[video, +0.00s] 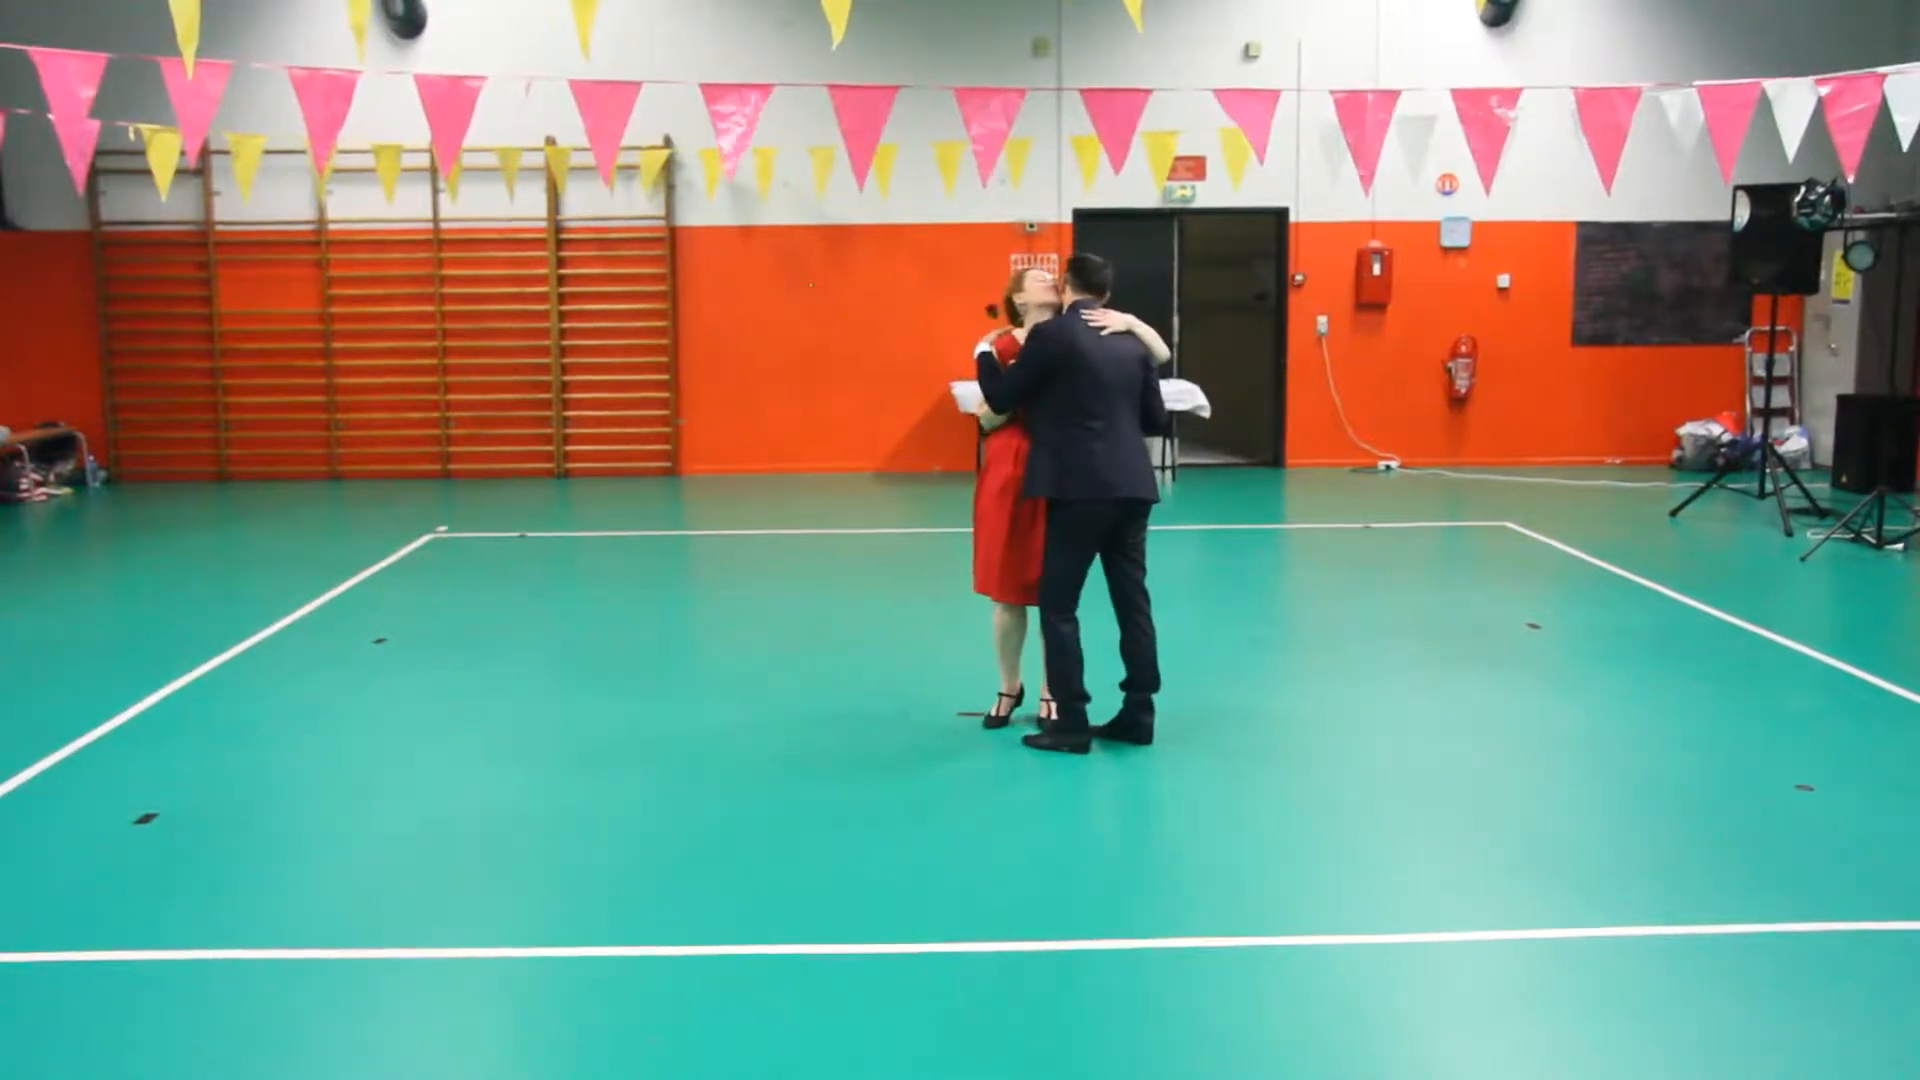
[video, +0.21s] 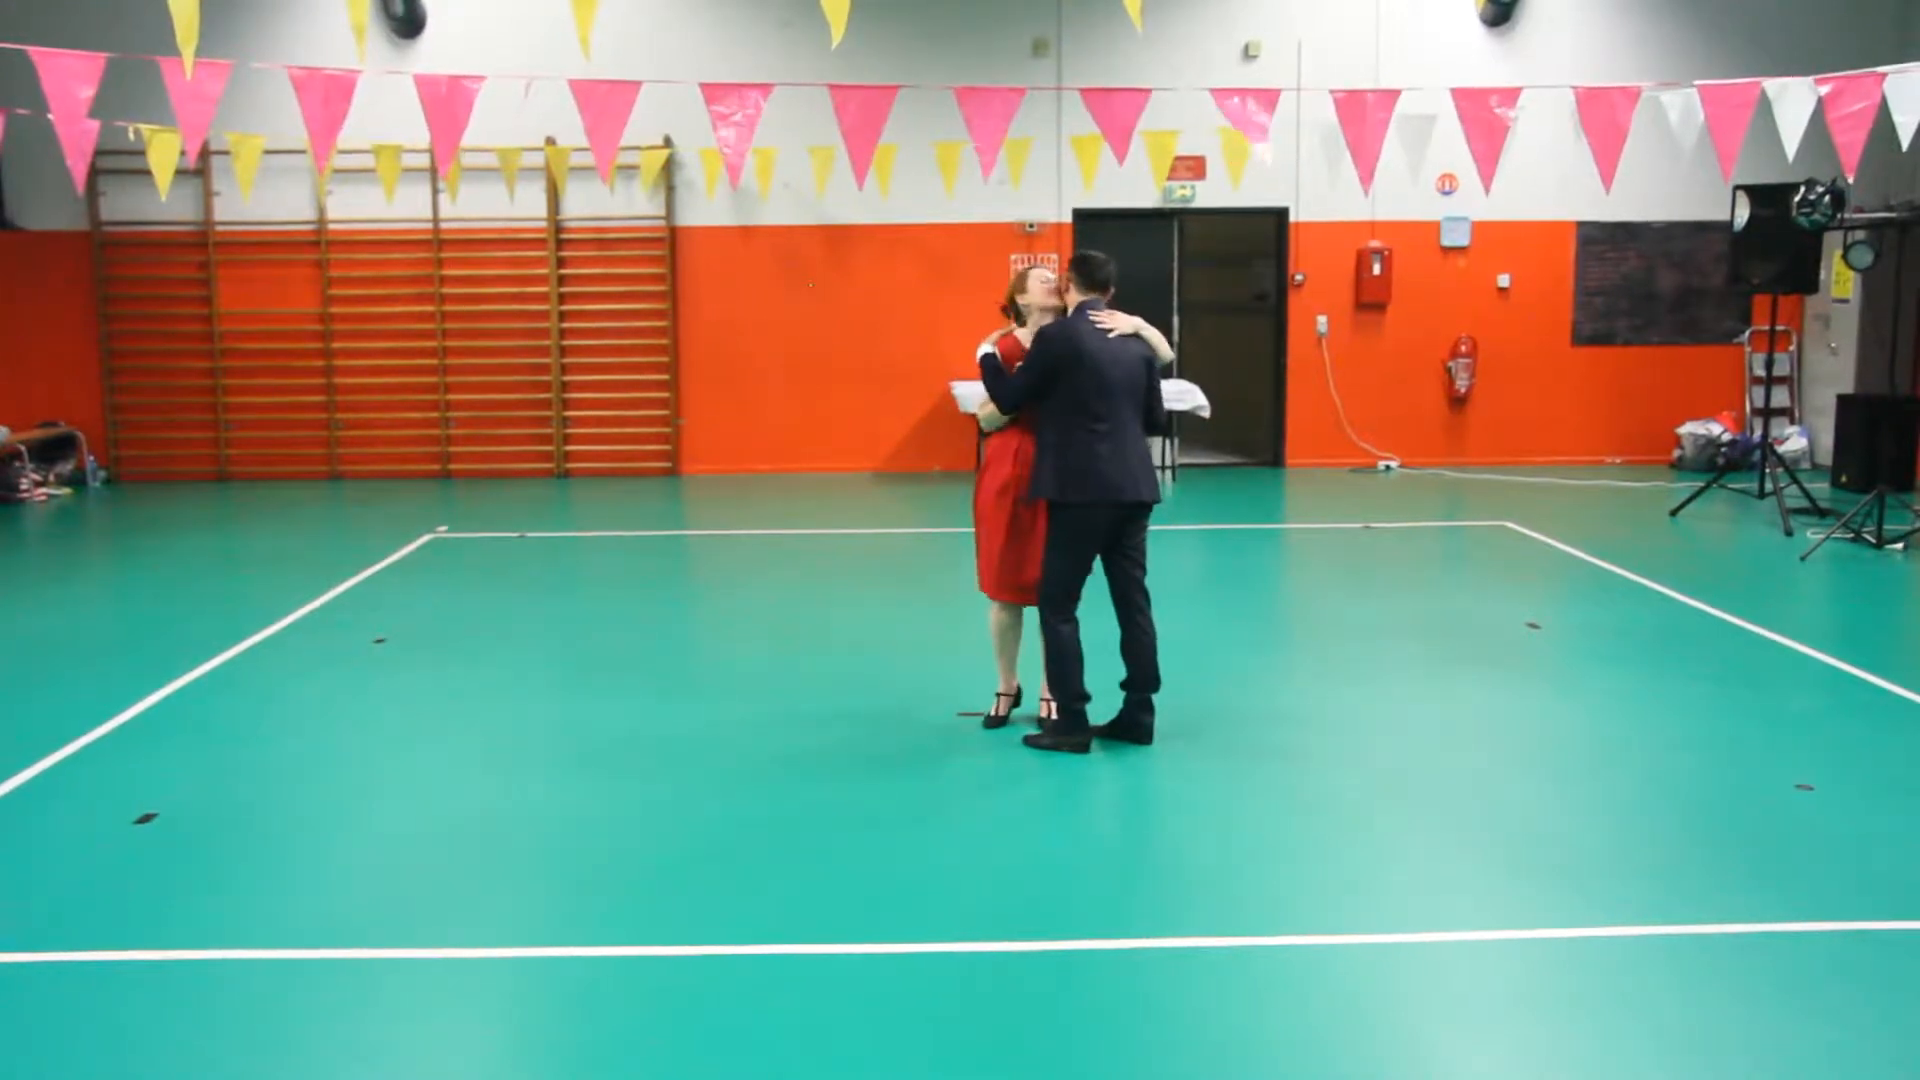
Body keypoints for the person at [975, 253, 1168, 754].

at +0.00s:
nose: (1051, 284)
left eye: (1054, 279)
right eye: (1043, 279)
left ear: (1067, 287)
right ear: (1107, 294)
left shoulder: (1054, 335)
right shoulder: (1132, 343)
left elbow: (999, 397)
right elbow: (1157, 421)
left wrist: (984, 352)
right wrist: (1107, 416)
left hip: (1077, 488)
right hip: (1133, 487)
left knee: (1057, 606)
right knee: (1133, 601)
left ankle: (1068, 722)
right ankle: (1139, 714)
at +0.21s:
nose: (1054, 282)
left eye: (1058, 276)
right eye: (1047, 278)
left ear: (1070, 285)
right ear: (1111, 290)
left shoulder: (1058, 337)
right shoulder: (1134, 344)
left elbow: (1008, 398)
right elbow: (1155, 420)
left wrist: (986, 353)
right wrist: (1108, 417)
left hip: (1078, 488)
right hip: (1133, 487)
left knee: (1057, 603)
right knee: (1133, 600)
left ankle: (1069, 720)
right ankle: (1139, 713)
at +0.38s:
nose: (1048, 292)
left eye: (1052, 284)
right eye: (1037, 286)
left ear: (1061, 291)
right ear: (1013, 299)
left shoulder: (1076, 345)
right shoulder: (996, 353)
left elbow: (1159, 364)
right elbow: (990, 431)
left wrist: (1150, 330)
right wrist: (1032, 377)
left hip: (1065, 484)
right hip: (1010, 485)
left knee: (1058, 599)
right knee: (1006, 598)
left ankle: (1053, 691)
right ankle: (997, 684)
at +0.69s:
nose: (1030, 298)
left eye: (1034, 289)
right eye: (1027, 290)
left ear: (1053, 291)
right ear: (1083, 288)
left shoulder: (1062, 340)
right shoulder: (1126, 338)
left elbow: (1010, 393)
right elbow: (1145, 413)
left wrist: (979, 367)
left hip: (1078, 488)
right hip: (1127, 485)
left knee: (1055, 603)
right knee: (1128, 600)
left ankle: (1067, 719)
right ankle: (1138, 714)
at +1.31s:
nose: (1004, 313)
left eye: (1006, 303)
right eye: (1001, 304)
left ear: (1026, 298)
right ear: (1051, 293)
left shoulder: (1041, 335)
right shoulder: (1100, 329)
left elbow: (997, 403)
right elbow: (1134, 405)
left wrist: (963, 377)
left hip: (1080, 484)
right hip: (1125, 479)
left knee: (1074, 603)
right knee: (1121, 597)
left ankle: (1072, 723)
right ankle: (1136, 715)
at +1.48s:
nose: (1006, 312)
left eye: (1008, 301)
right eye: (1004, 302)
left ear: (1026, 295)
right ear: (1053, 290)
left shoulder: (1042, 336)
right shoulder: (1102, 330)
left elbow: (998, 403)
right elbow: (1132, 408)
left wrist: (963, 382)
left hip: (1077, 485)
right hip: (1123, 481)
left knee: (1073, 603)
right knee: (1112, 598)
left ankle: (1073, 723)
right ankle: (1135, 713)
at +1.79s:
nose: (1026, 295)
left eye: (1027, 287)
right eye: (1023, 287)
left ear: (1035, 287)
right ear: (1076, 280)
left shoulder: (1048, 342)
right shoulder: (1111, 330)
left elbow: (1004, 404)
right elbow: (1127, 403)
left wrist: (975, 386)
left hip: (1071, 488)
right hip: (1112, 482)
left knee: (1070, 600)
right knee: (1079, 595)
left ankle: (1073, 723)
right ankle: (1123, 701)